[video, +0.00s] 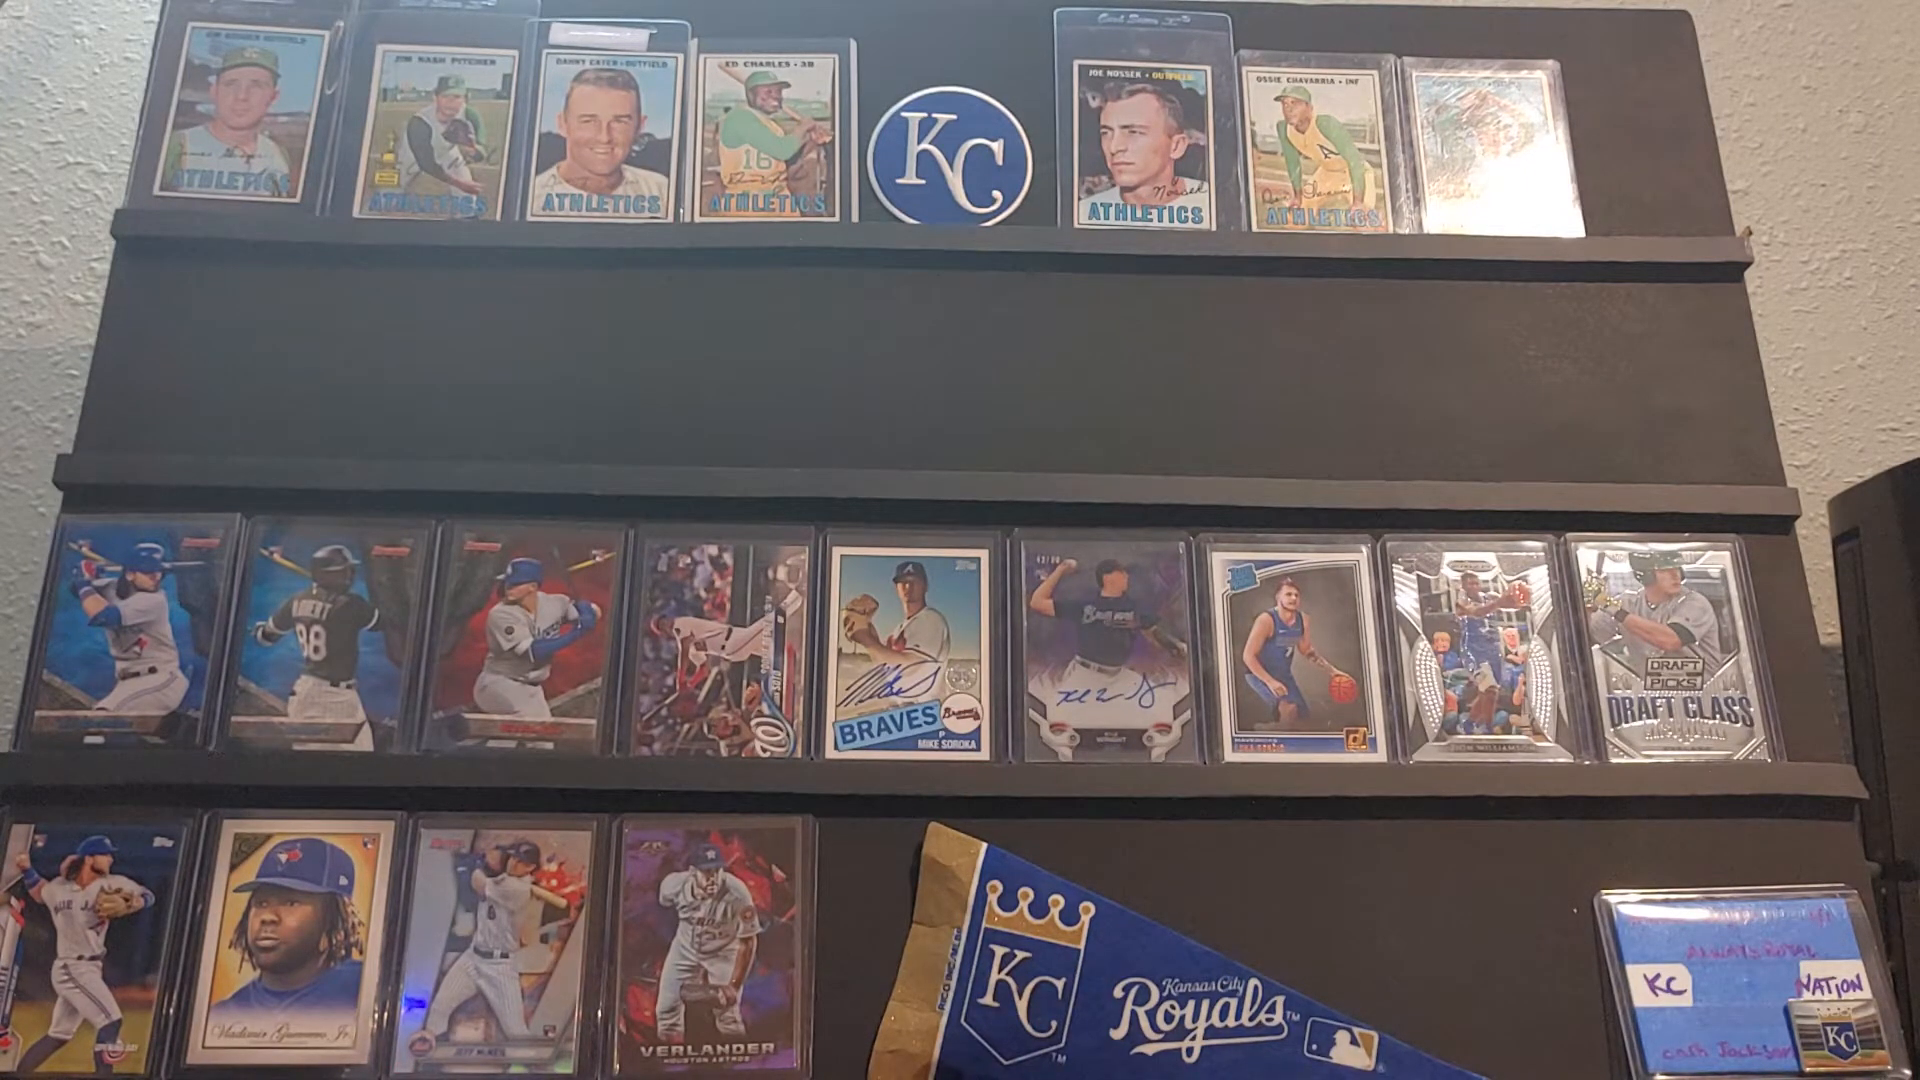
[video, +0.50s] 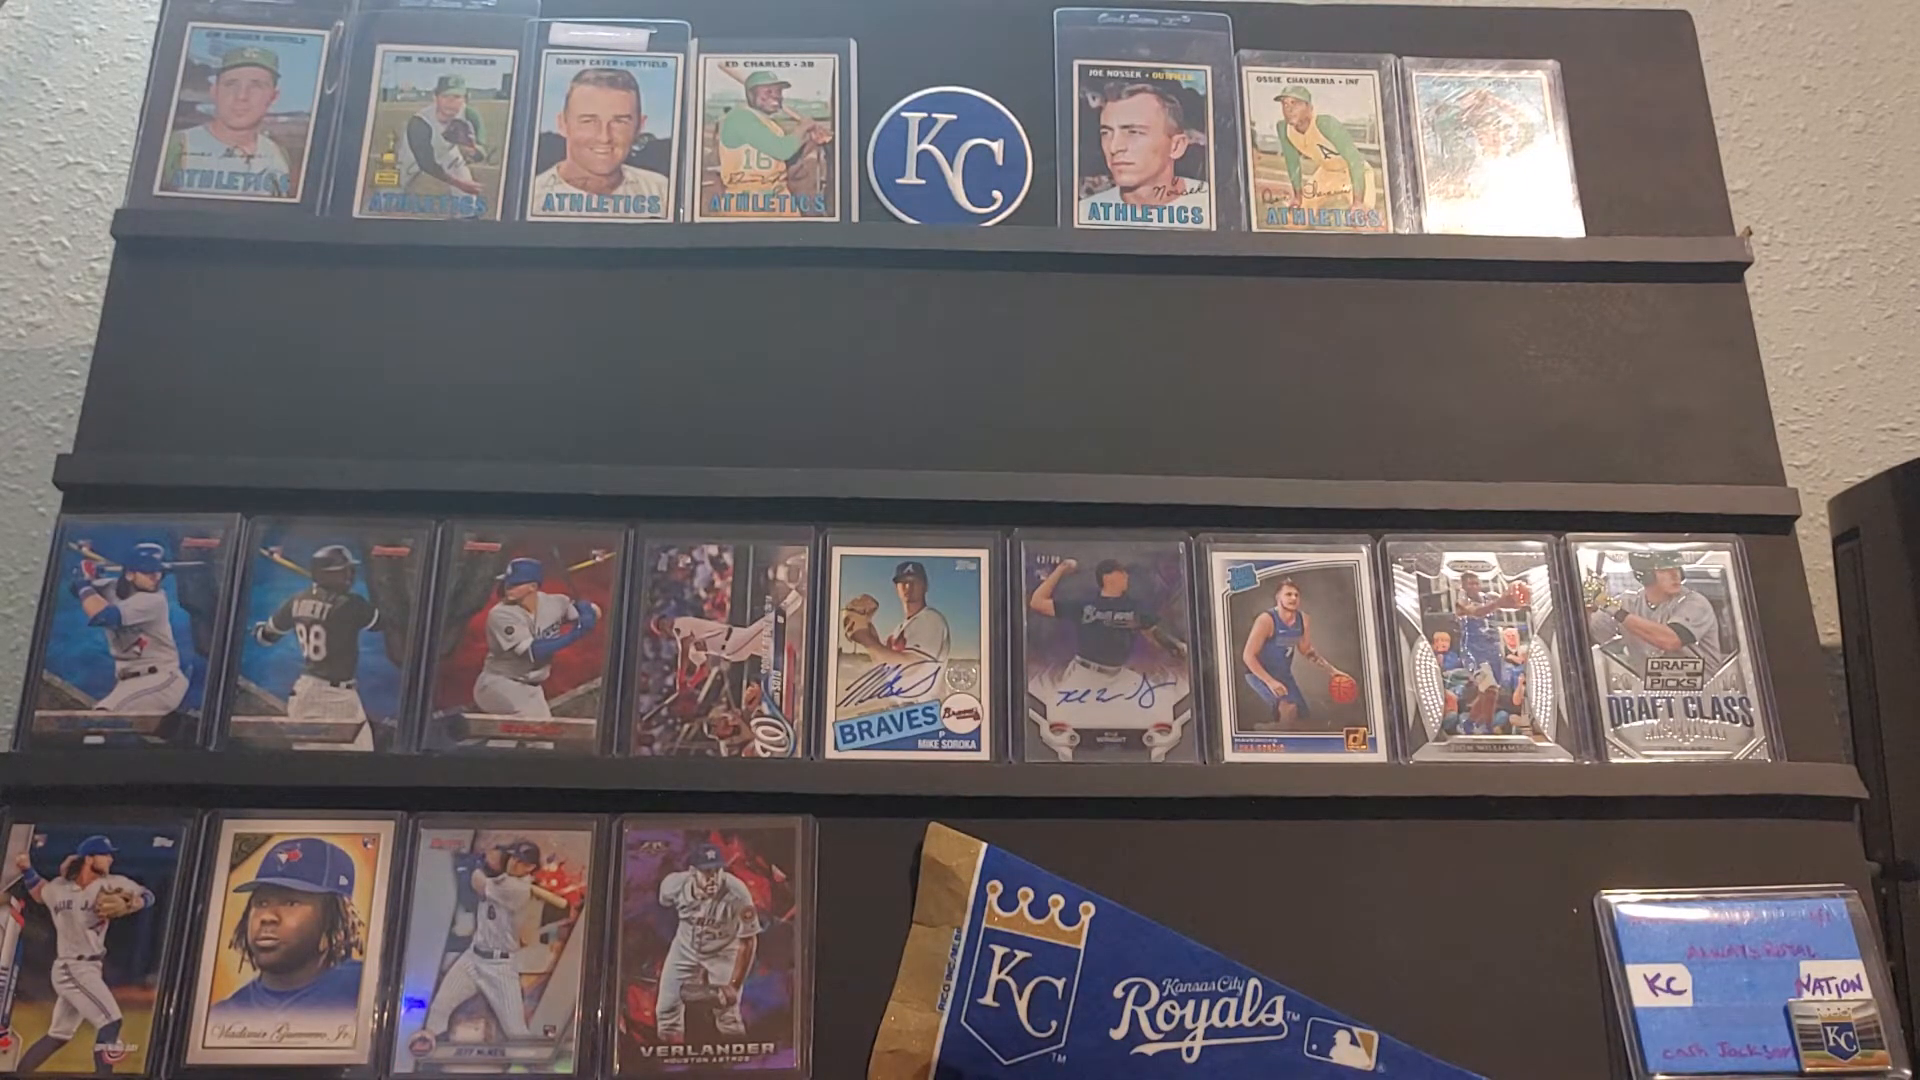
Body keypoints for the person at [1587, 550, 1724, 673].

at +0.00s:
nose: (1676, 575)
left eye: (1677, 568)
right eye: (1666, 569)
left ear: (1682, 571)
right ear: (1644, 574)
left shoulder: (1696, 604)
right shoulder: (1628, 604)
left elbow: (1671, 641)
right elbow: (1586, 635)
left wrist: (1619, 613)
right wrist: (1584, 607)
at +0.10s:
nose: (1676, 575)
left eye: (1677, 568)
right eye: (1666, 569)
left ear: (1682, 571)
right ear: (1644, 574)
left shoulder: (1696, 604)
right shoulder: (1628, 603)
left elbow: (1671, 641)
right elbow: (1586, 636)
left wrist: (1619, 613)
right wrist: (1584, 608)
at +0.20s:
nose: (1676, 575)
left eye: (1677, 568)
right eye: (1666, 569)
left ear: (1682, 571)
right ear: (1644, 574)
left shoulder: (1696, 604)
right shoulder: (1628, 604)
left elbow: (1671, 641)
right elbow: (1586, 635)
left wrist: (1619, 613)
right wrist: (1584, 607)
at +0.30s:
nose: (1676, 575)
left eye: (1677, 568)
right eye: (1666, 569)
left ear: (1682, 571)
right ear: (1644, 574)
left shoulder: (1696, 604)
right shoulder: (1628, 603)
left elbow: (1671, 641)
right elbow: (1586, 636)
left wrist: (1619, 613)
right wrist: (1584, 608)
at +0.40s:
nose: (1676, 575)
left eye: (1677, 568)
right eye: (1666, 569)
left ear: (1682, 571)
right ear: (1644, 574)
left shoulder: (1696, 604)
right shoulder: (1628, 604)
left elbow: (1670, 641)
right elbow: (1586, 636)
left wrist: (1619, 613)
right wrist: (1584, 608)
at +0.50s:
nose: (1676, 575)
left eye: (1677, 568)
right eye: (1666, 569)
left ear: (1682, 571)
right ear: (1644, 574)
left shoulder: (1696, 604)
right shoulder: (1628, 604)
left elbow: (1670, 641)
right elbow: (1586, 636)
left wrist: (1619, 613)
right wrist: (1585, 608)